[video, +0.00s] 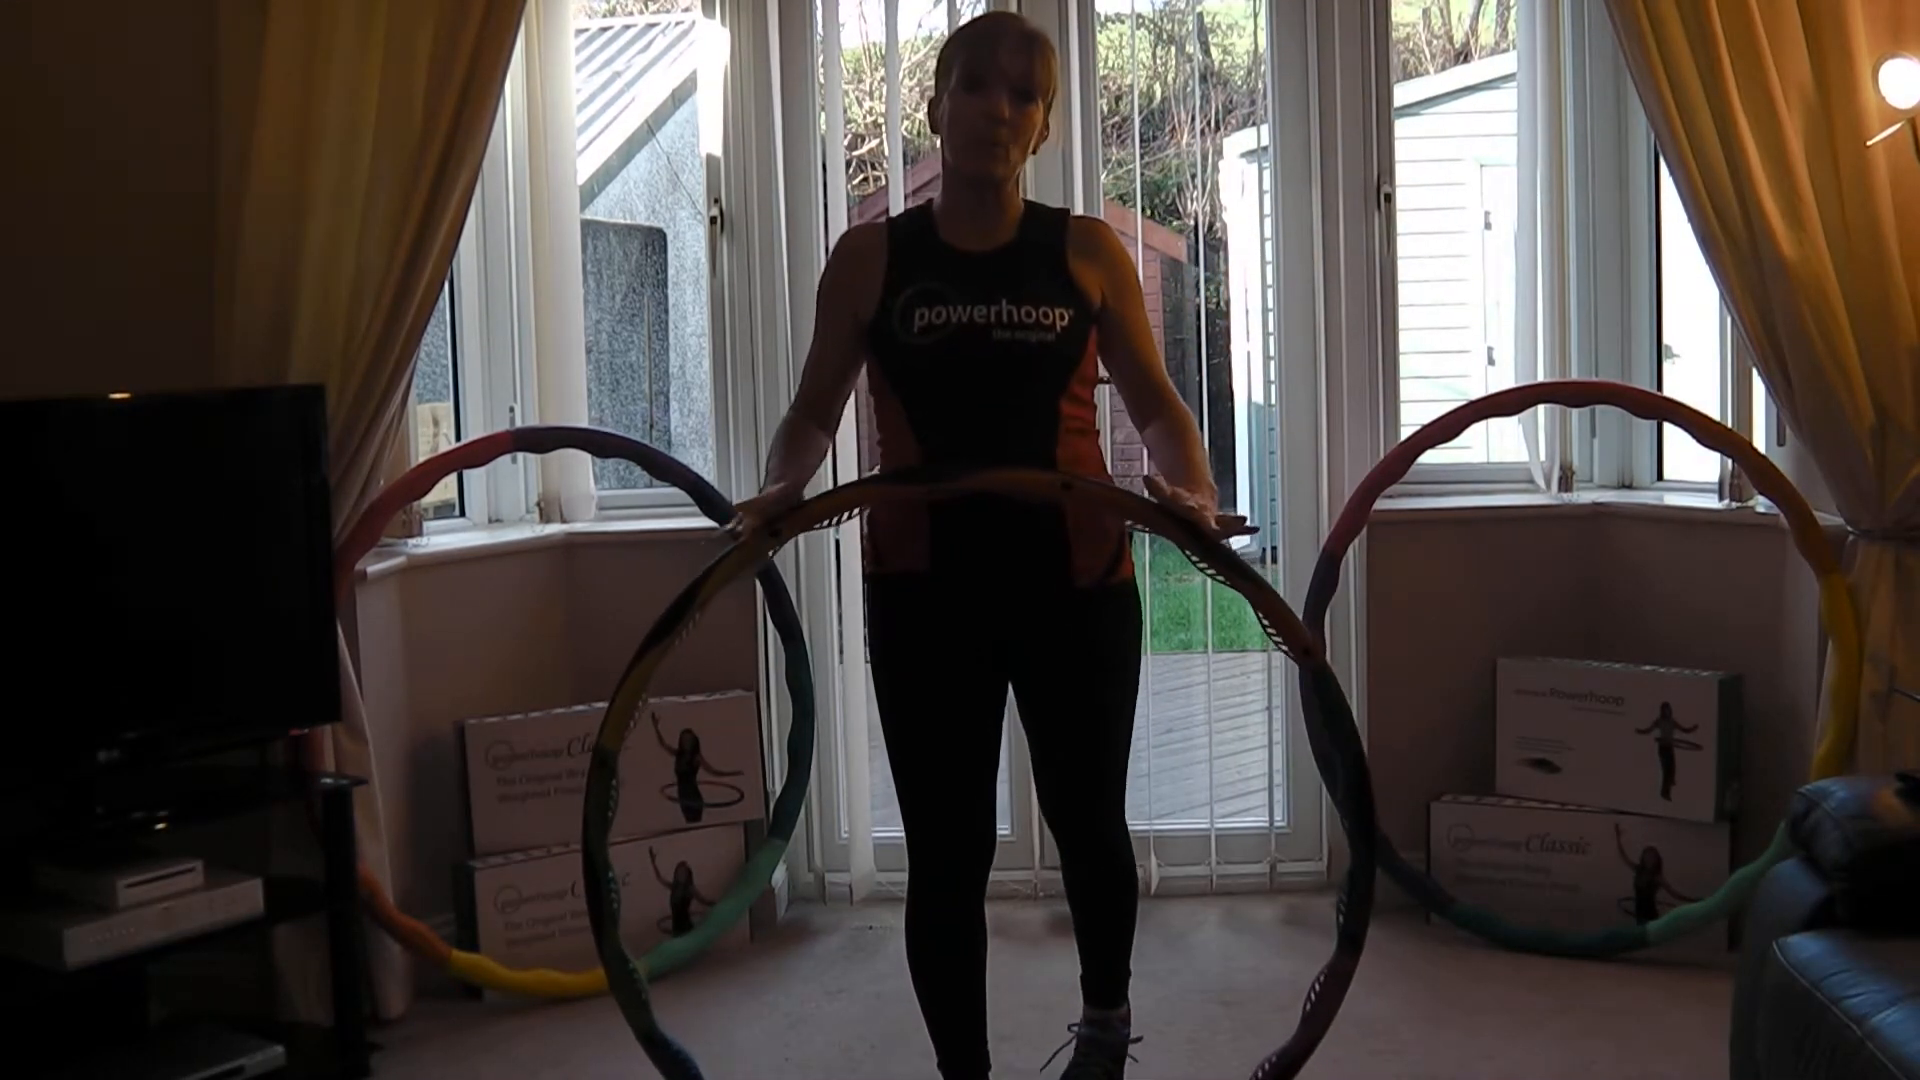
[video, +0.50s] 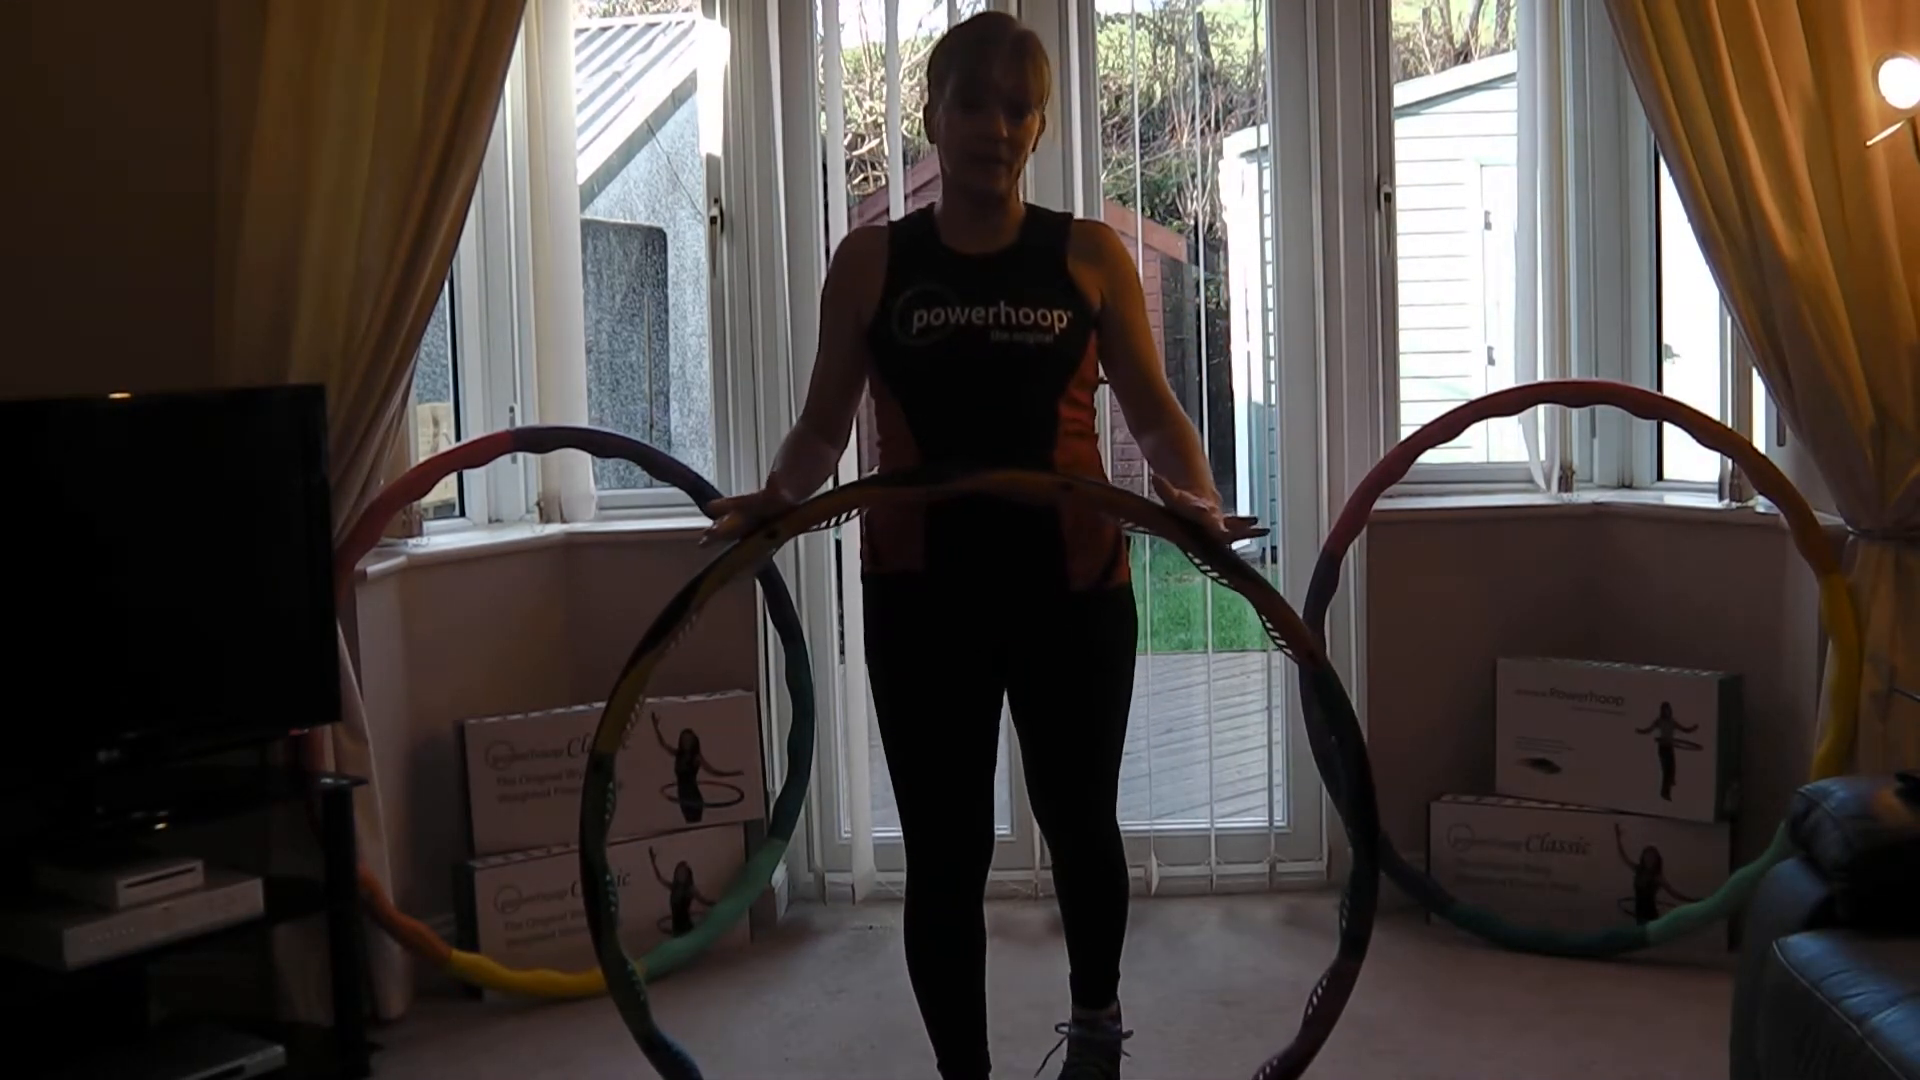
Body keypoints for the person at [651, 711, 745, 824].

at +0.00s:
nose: (685, 742)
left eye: (688, 739)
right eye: (683, 739)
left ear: (693, 741)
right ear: (680, 741)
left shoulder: (696, 757)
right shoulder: (678, 755)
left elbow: (713, 772)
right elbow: (662, 744)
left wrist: (734, 773)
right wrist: (656, 726)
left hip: (693, 795)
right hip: (682, 795)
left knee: (696, 828)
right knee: (691, 828)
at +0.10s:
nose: (685, 742)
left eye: (689, 739)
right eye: (683, 739)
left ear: (693, 741)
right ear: (680, 741)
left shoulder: (696, 757)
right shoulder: (678, 754)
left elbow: (713, 772)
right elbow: (662, 744)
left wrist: (734, 773)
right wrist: (656, 726)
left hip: (693, 794)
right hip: (682, 795)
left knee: (696, 828)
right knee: (691, 828)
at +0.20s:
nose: (685, 742)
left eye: (688, 739)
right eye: (683, 739)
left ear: (693, 742)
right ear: (680, 741)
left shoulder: (696, 757)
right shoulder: (678, 754)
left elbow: (713, 772)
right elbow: (662, 744)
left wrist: (734, 773)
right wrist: (656, 726)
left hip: (693, 795)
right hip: (682, 795)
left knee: (696, 828)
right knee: (691, 828)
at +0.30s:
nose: (685, 742)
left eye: (689, 739)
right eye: (684, 739)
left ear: (693, 741)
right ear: (680, 741)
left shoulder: (696, 757)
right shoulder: (678, 755)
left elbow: (713, 772)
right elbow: (662, 744)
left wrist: (734, 773)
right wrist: (656, 726)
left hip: (694, 794)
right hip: (682, 795)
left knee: (696, 828)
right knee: (691, 828)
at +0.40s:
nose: (686, 742)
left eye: (689, 739)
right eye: (684, 739)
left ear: (693, 741)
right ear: (680, 741)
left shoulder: (696, 757)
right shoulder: (678, 755)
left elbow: (713, 772)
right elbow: (662, 744)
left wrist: (734, 773)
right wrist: (656, 726)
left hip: (693, 794)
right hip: (682, 795)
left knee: (696, 828)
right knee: (691, 828)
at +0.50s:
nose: (686, 742)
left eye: (689, 739)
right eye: (684, 739)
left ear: (694, 741)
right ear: (680, 741)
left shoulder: (696, 757)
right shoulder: (678, 755)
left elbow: (713, 772)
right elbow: (662, 743)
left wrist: (734, 773)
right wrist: (656, 726)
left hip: (693, 794)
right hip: (682, 795)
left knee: (696, 828)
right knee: (691, 828)